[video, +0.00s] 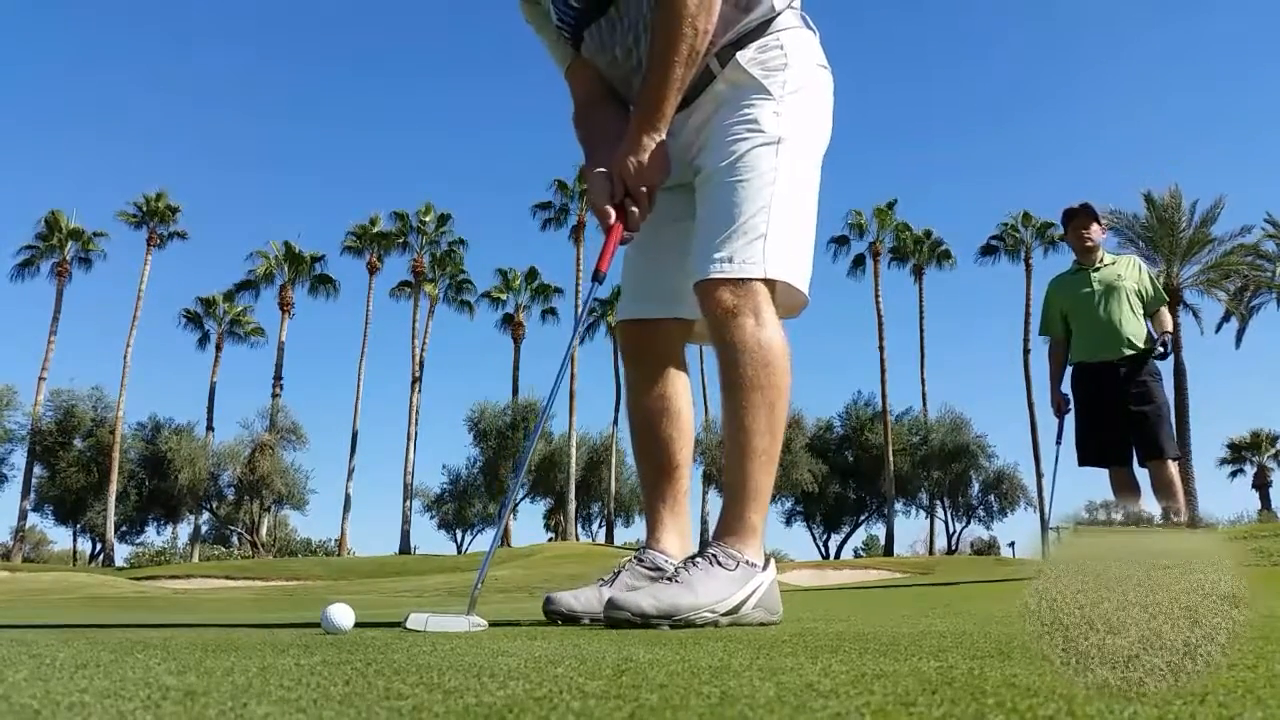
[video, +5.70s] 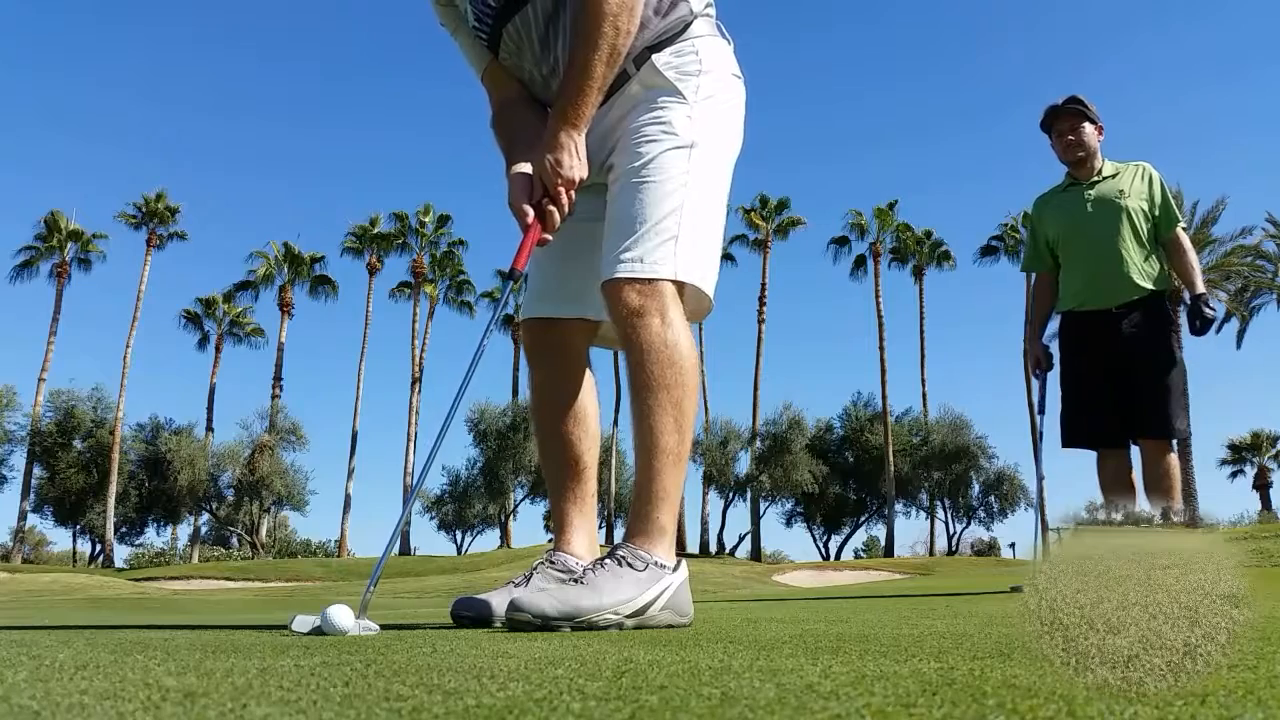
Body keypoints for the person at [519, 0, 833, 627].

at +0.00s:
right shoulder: (541, 6)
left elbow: (694, 8)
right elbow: (590, 90)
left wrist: (644, 130)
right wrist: (601, 160)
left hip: (753, 57)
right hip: (657, 109)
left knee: (734, 289)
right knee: (644, 325)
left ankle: (741, 561)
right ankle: (667, 558)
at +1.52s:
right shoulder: (536, 7)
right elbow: (597, 83)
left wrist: (693, 55)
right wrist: (627, 110)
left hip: (760, 53)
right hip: (671, 103)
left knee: (742, 290)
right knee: (637, 328)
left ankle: (743, 562)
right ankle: (667, 558)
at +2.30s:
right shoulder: (516, 6)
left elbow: (675, 5)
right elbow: (545, 69)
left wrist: (606, 106)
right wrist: (559, 128)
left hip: (704, 56)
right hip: (598, 98)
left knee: (669, 289)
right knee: (573, 323)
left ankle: (672, 559)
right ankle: (646, 543)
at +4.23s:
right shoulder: (469, 5)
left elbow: (626, 5)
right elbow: (512, 80)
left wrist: (564, 122)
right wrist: (525, 149)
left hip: (672, 51)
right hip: (574, 99)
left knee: (644, 289)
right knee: (544, 318)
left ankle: (656, 562)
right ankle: (577, 555)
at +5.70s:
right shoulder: (453, 6)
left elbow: (616, 5)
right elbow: (507, 93)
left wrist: (566, 125)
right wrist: (522, 160)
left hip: (667, 61)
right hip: (571, 111)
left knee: (641, 288)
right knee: (547, 324)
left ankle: (654, 562)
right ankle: (575, 561)